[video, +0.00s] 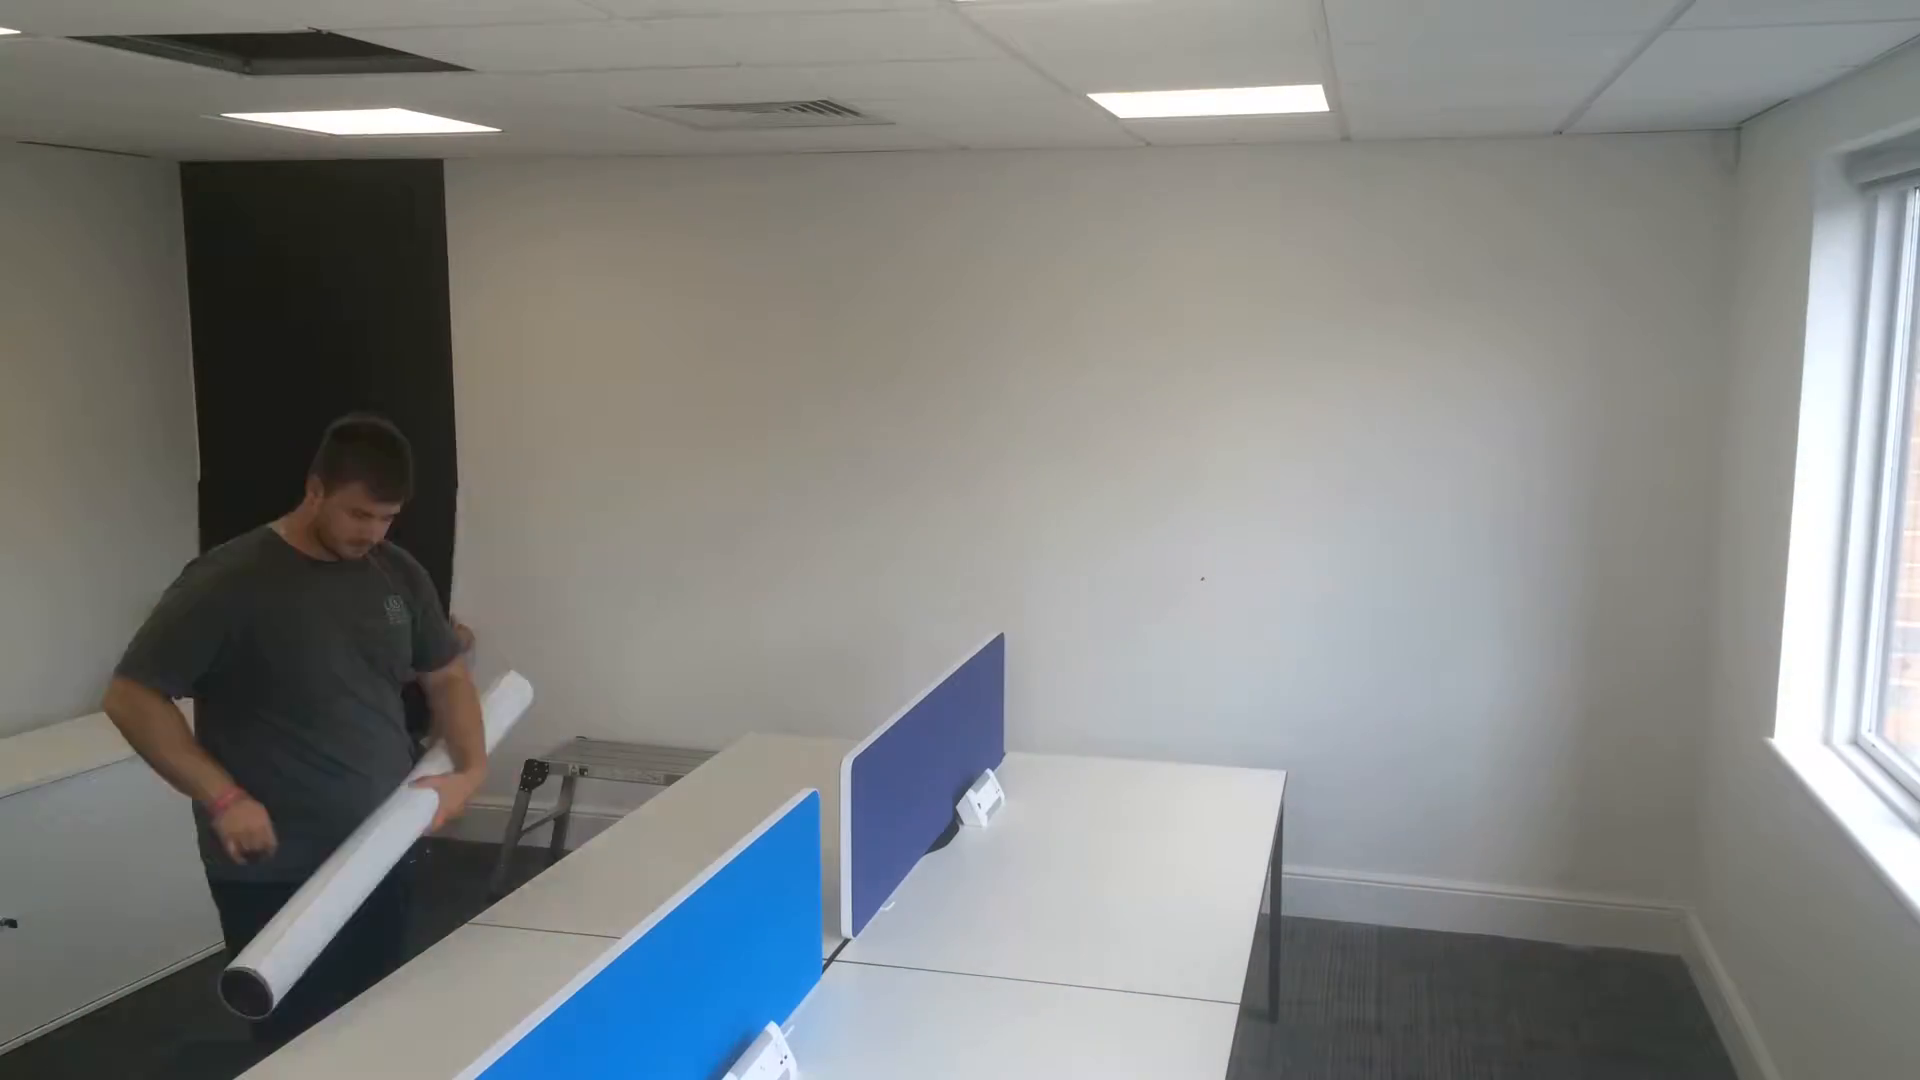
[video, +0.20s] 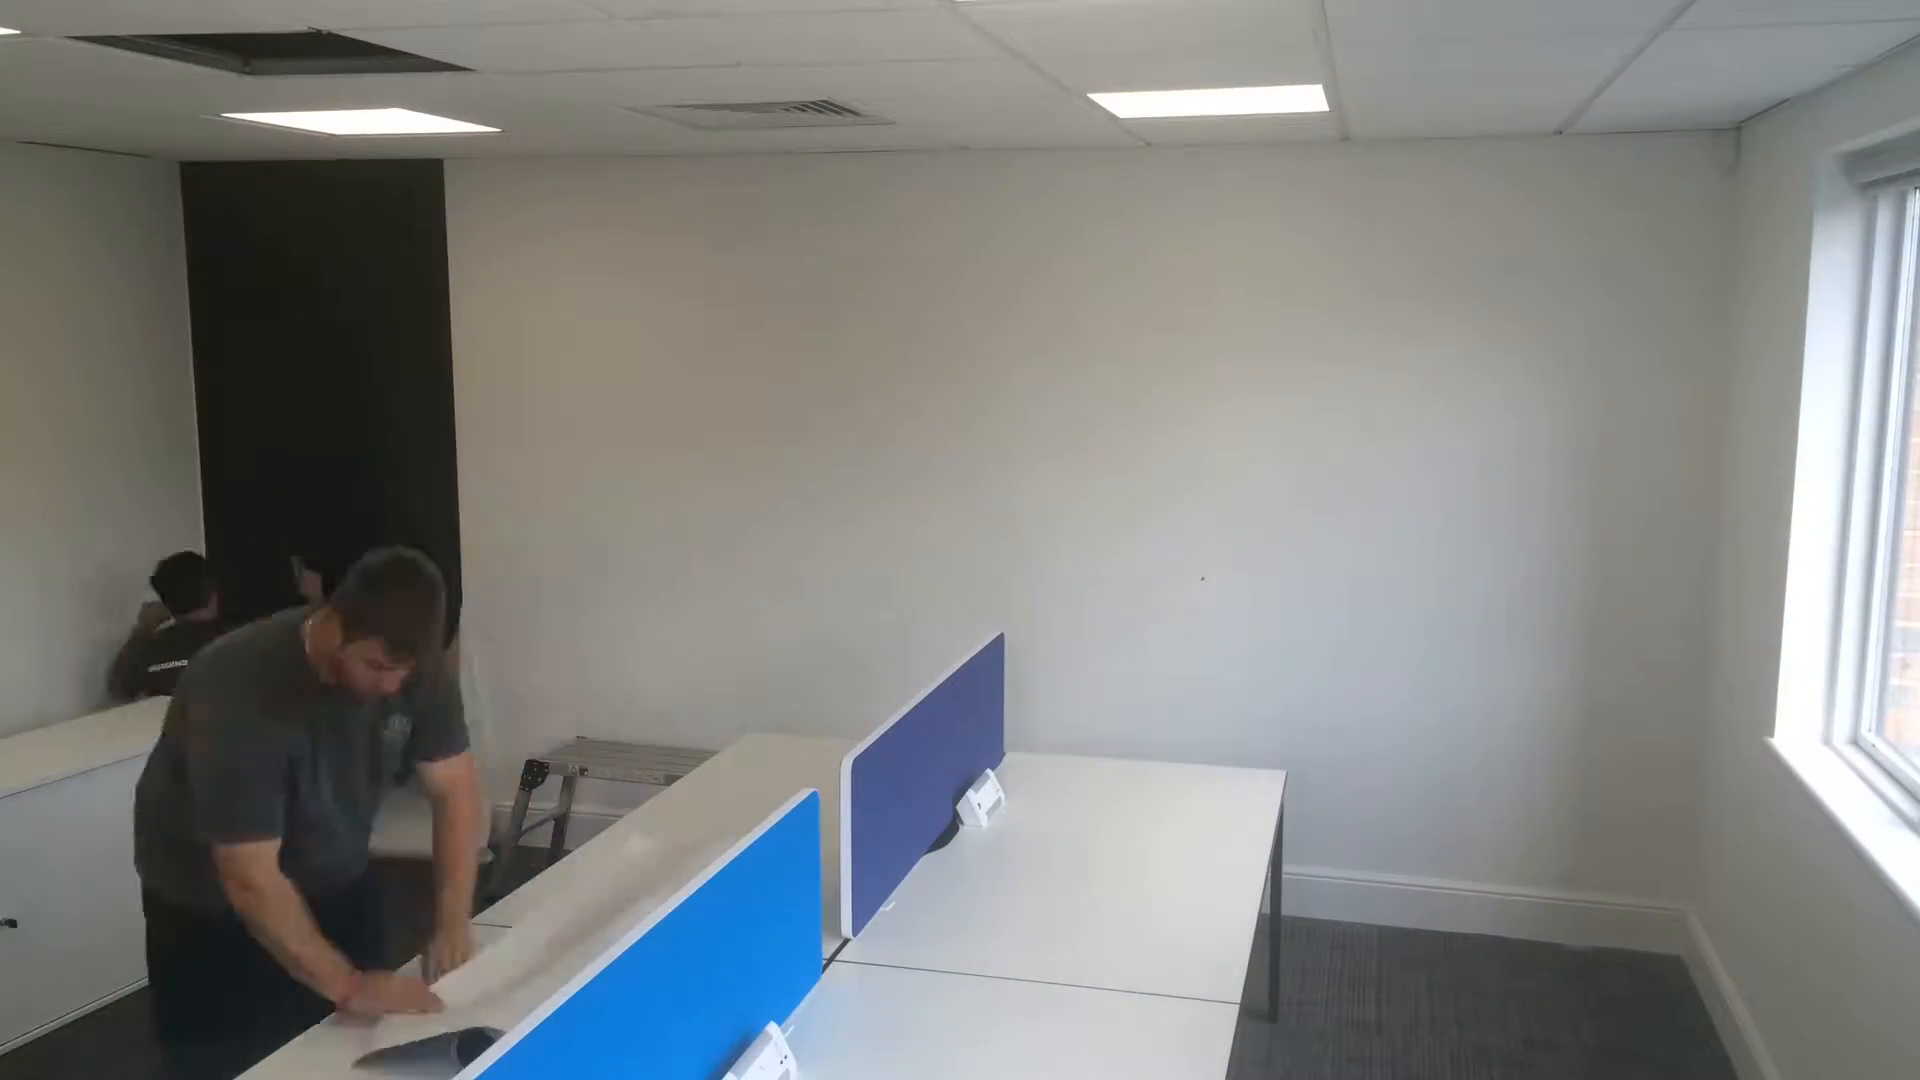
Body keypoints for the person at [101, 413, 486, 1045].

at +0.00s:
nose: (374, 533)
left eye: (387, 518)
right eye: (360, 516)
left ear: (399, 507)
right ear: (314, 489)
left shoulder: (397, 576)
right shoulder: (226, 581)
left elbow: (447, 674)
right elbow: (130, 695)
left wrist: (471, 769)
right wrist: (223, 797)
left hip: (379, 858)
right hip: (271, 873)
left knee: (383, 1033)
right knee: (294, 1048)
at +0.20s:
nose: (392, 687)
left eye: (407, 671)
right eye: (377, 667)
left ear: (424, 650)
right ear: (337, 630)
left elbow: (458, 790)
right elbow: (249, 878)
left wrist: (453, 925)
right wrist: (349, 987)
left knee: (348, 1057)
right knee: (223, 1066)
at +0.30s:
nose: (504, 642)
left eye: (515, 632)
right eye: (511, 626)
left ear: (483, 591)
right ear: (485, 593)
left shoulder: (441, 627)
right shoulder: (377, 651)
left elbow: (483, 744)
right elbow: (428, 818)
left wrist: (531, 861)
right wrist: (514, 901)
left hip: (318, 880)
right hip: (233, 888)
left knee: (331, 1052)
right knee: (239, 1064)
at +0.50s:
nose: (333, 441)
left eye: (330, 432)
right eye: (335, 432)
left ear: (338, 428)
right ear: (395, 418)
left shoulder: (324, 491)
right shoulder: (455, 491)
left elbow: (285, 591)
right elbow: (469, 584)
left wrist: (288, 623)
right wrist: (412, 607)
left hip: (349, 688)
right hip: (440, 684)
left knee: (337, 838)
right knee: (433, 828)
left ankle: (326, 980)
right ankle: (436, 973)